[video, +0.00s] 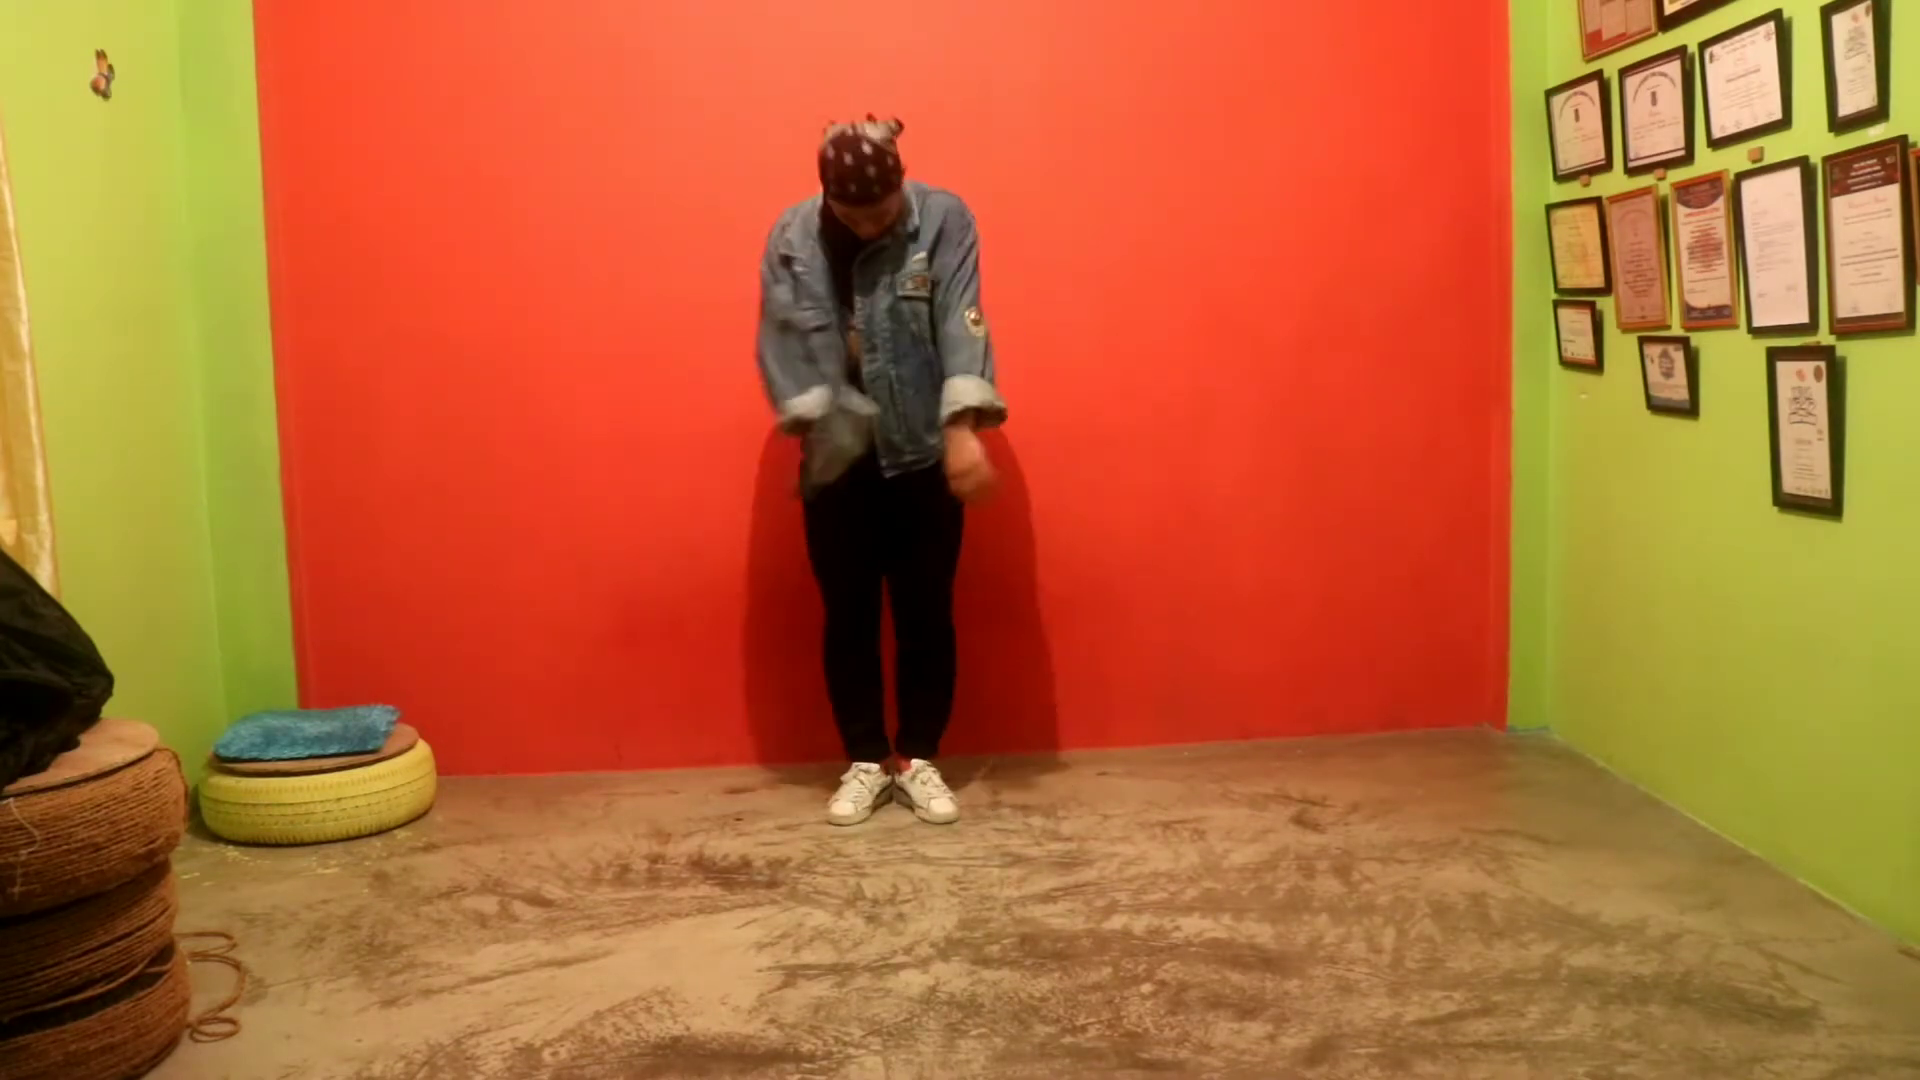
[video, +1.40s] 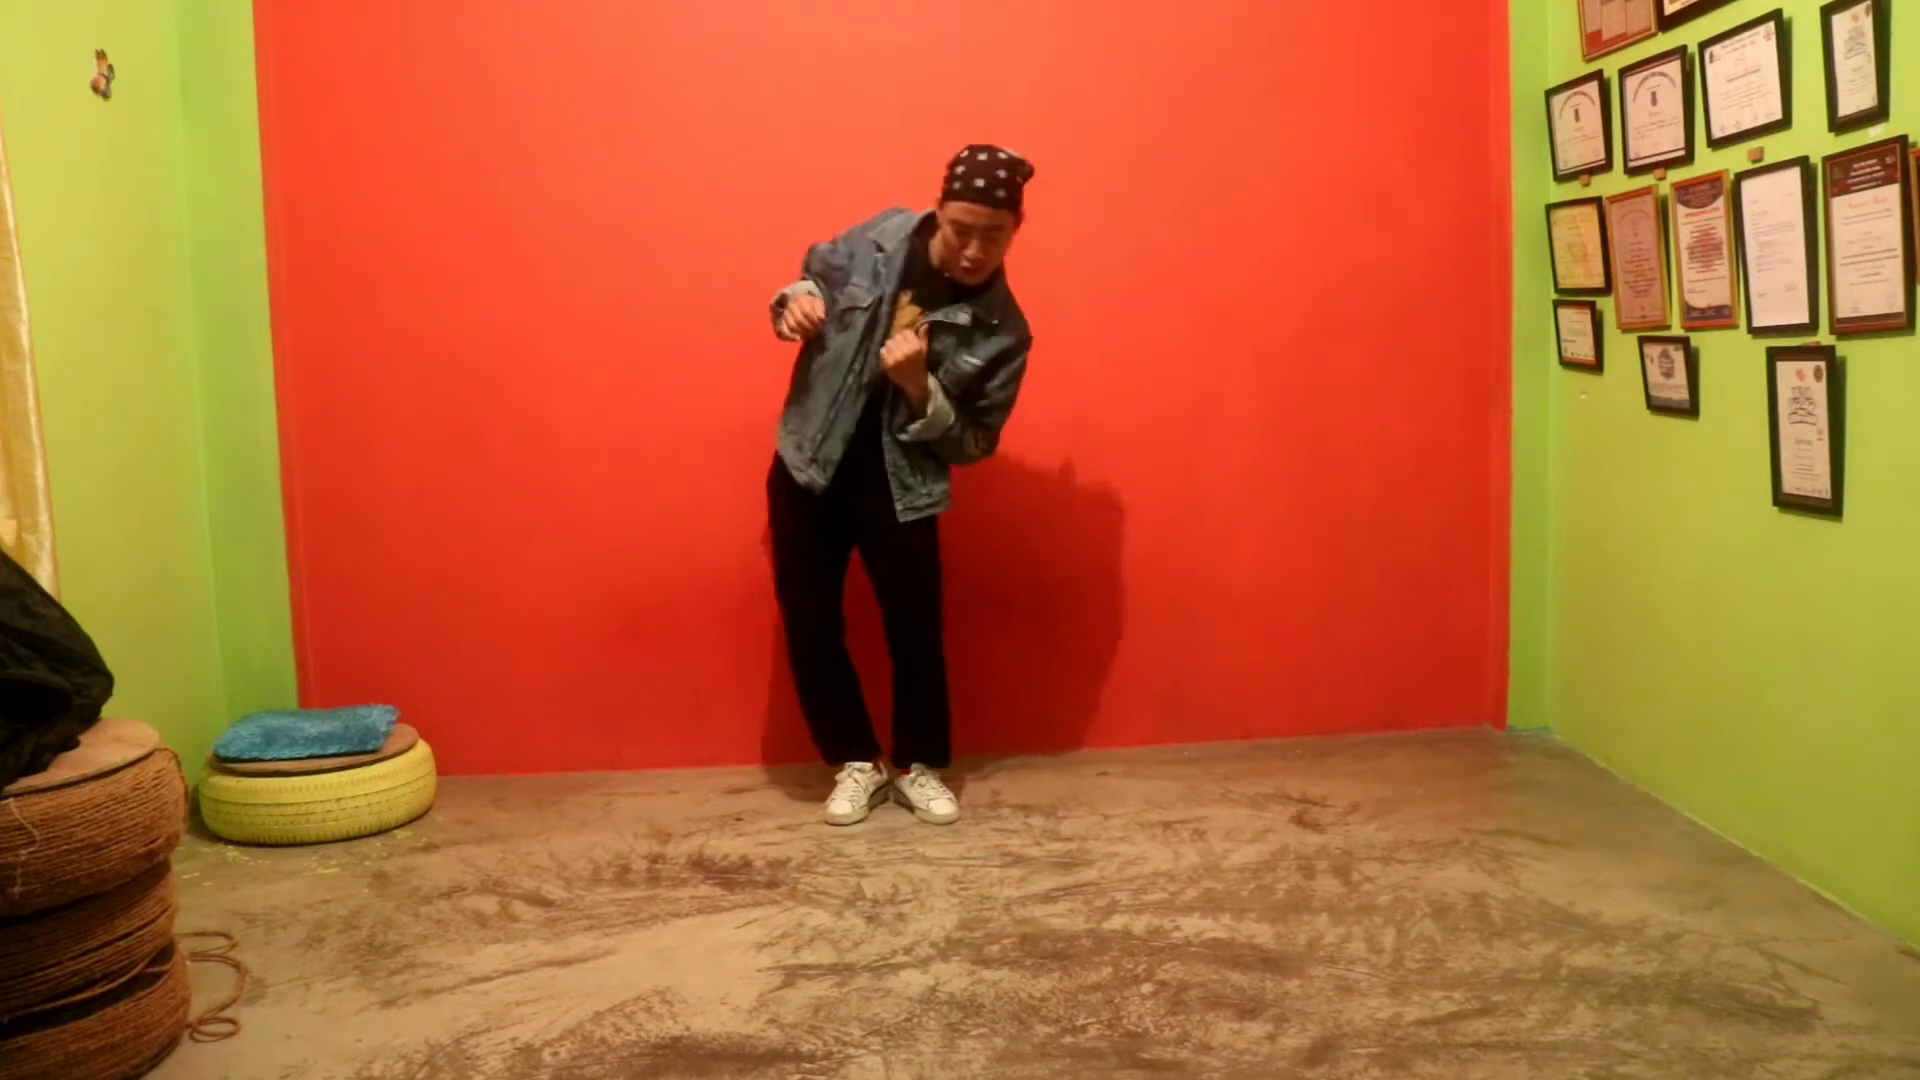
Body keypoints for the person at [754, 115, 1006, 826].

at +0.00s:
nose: (870, 224)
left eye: (880, 211)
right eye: (855, 216)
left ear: (900, 184)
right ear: (830, 195)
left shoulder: (943, 218)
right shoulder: (795, 236)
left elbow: (963, 321)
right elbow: (784, 335)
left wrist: (961, 424)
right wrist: (814, 425)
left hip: (926, 459)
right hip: (840, 462)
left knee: (926, 614)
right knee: (850, 615)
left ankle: (917, 762)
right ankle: (865, 765)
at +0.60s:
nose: (872, 197)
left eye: (886, 182)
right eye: (858, 182)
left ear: (911, 171)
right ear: (837, 169)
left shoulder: (951, 234)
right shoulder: (799, 236)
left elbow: (993, 333)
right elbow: (768, 324)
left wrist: (920, 344)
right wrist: (828, 374)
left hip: (929, 462)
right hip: (834, 463)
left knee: (925, 612)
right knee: (839, 615)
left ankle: (920, 762)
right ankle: (860, 765)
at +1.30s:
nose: (956, 252)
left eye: (974, 238)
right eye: (943, 233)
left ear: (997, 232)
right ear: (920, 214)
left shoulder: (1000, 321)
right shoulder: (874, 235)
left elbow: (983, 428)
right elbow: (806, 271)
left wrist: (924, 387)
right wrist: (802, 302)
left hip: (903, 478)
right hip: (815, 461)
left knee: (912, 621)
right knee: (815, 618)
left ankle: (919, 768)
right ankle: (857, 764)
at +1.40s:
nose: (974, 250)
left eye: (992, 235)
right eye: (961, 231)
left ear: (1015, 230)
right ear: (938, 212)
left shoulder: (1004, 336)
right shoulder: (887, 236)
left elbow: (974, 441)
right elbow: (818, 273)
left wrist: (919, 386)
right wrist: (802, 301)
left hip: (901, 482)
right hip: (810, 462)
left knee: (916, 623)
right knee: (809, 620)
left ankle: (919, 768)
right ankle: (855, 765)